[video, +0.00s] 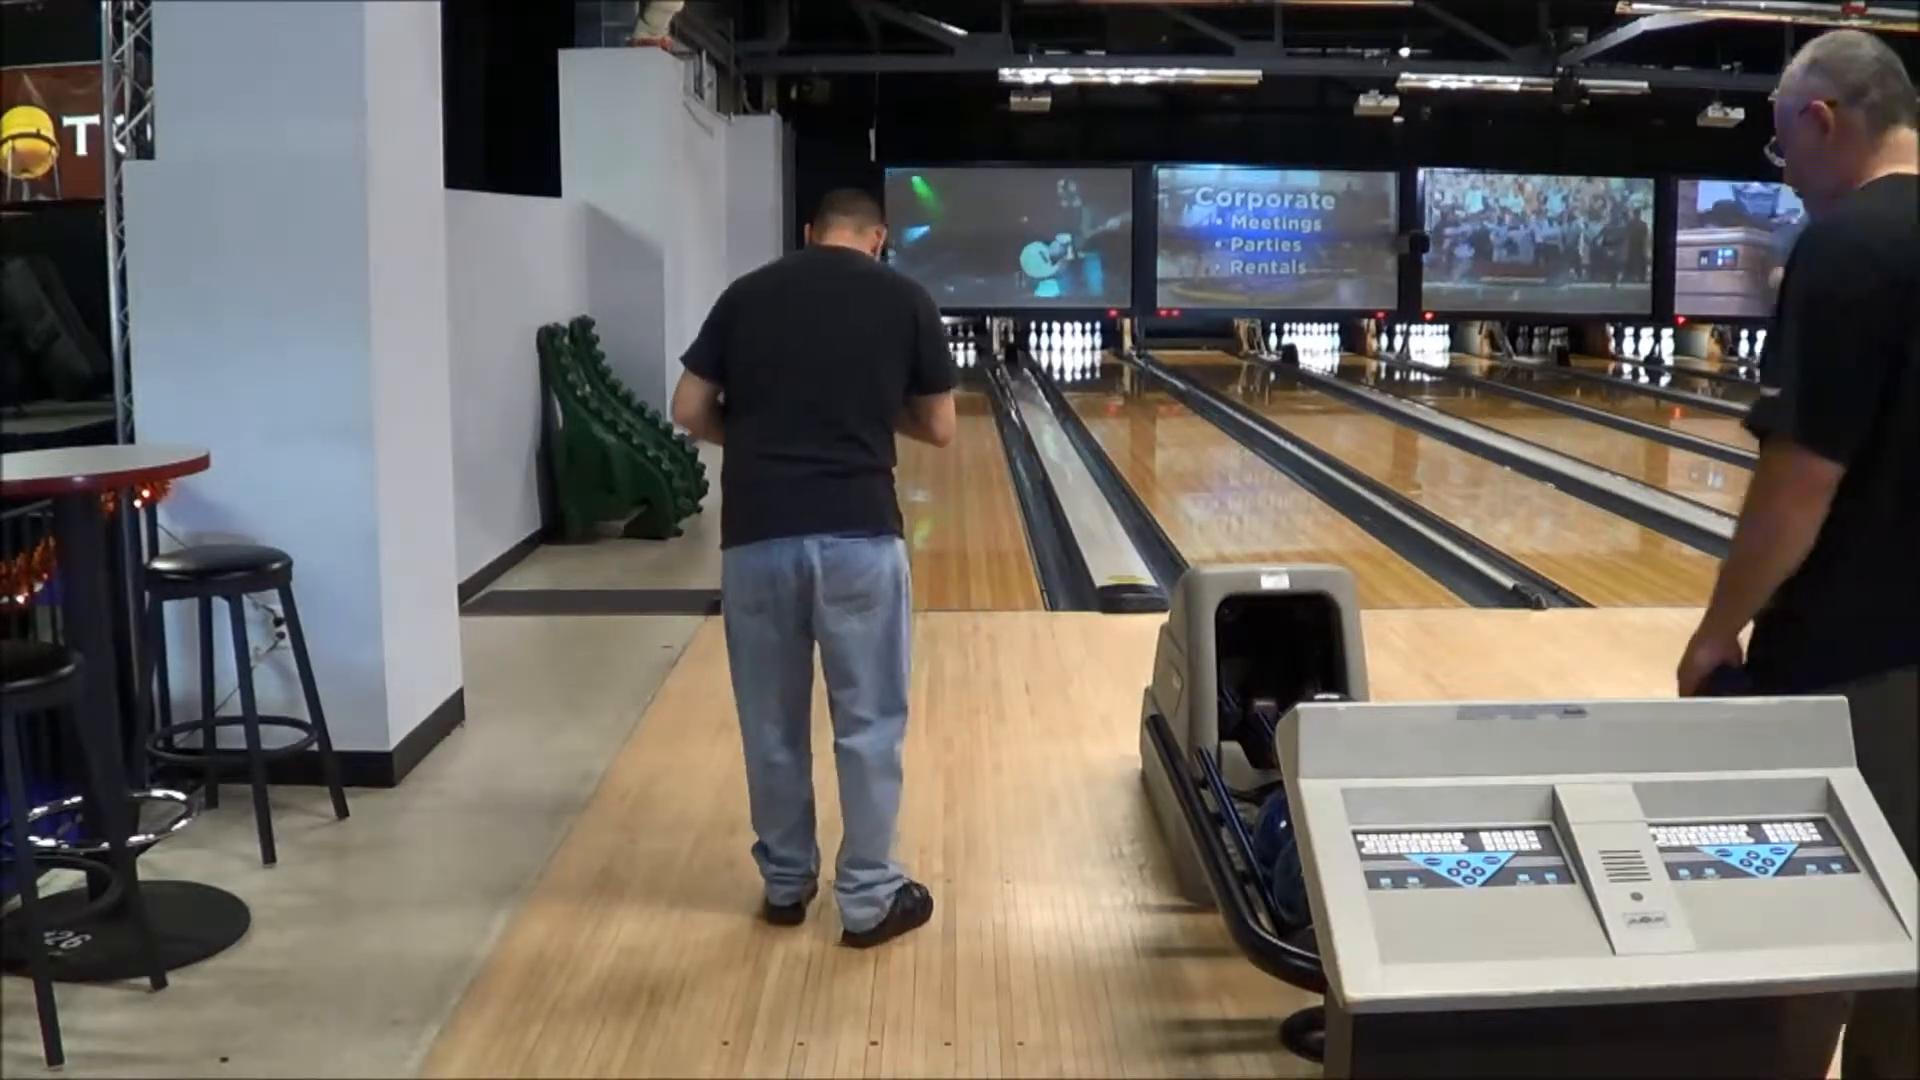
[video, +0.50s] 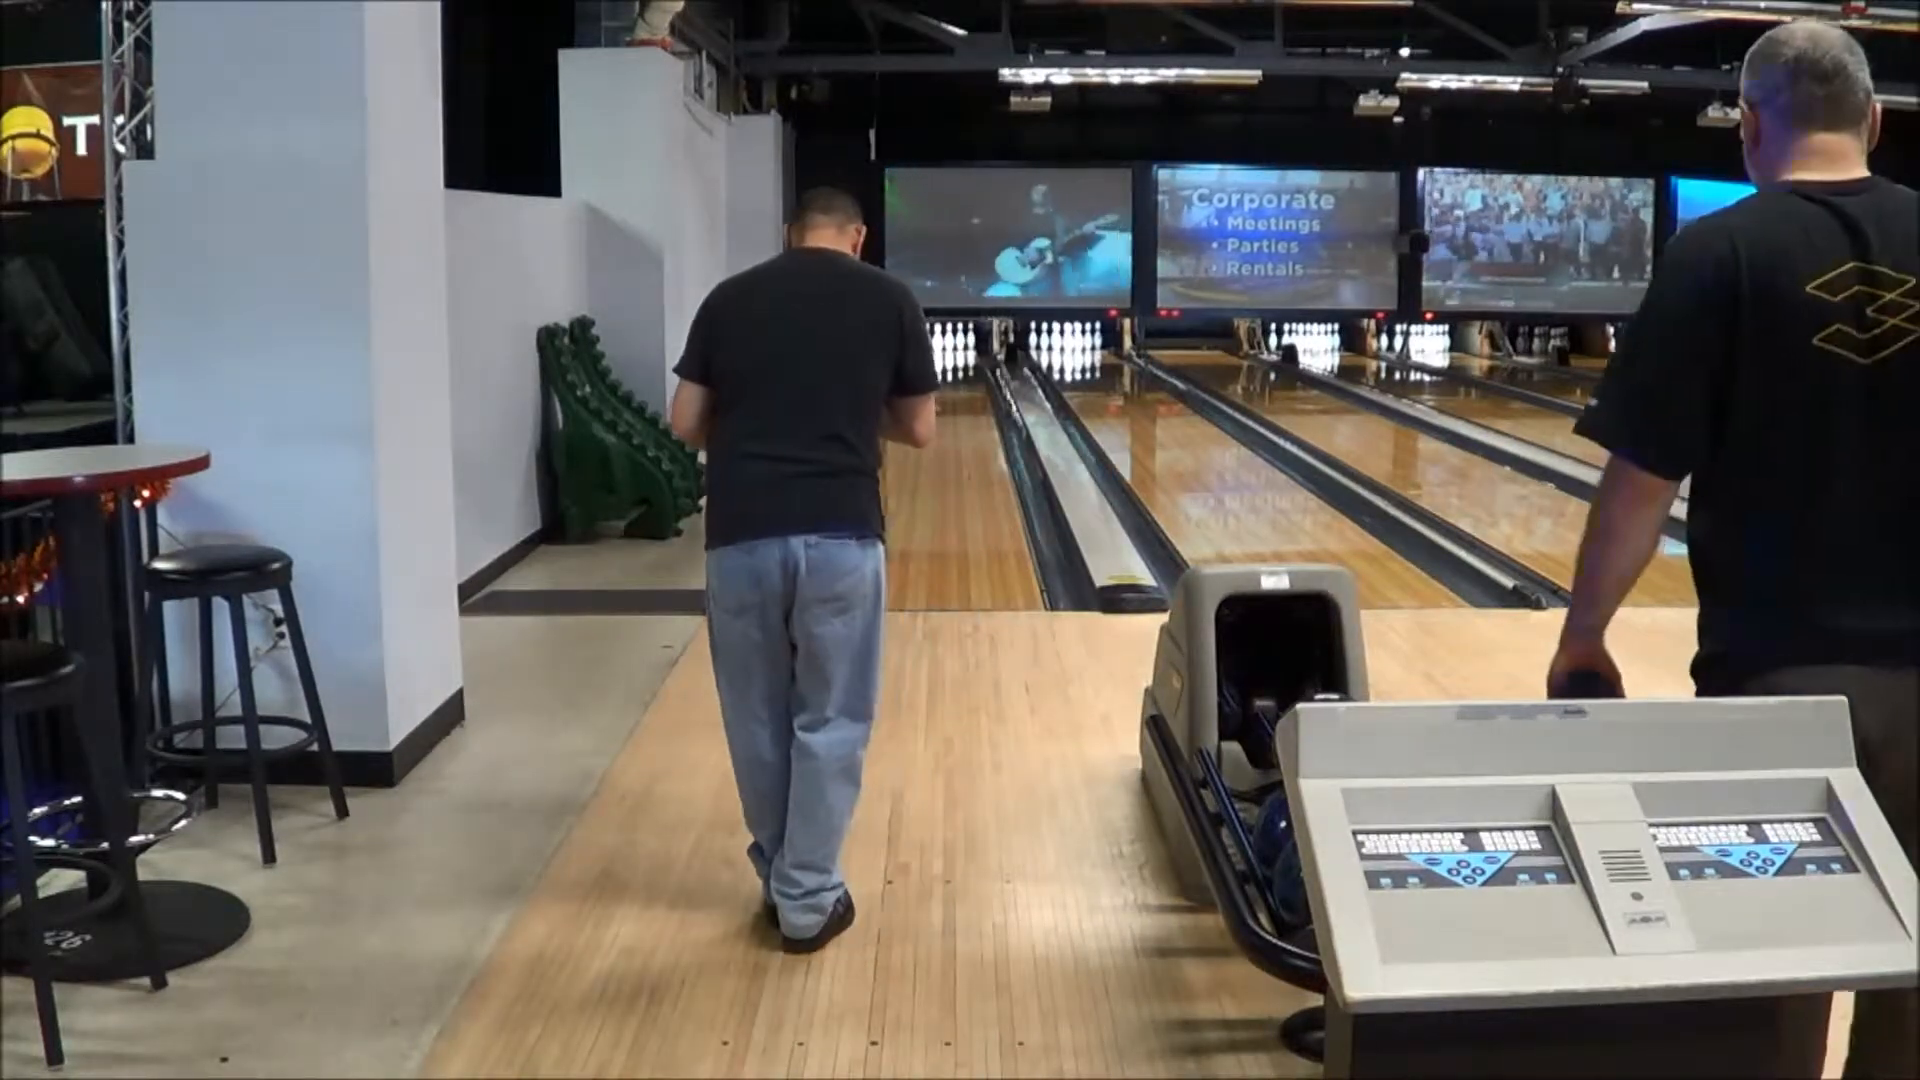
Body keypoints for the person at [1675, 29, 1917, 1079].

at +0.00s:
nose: (1777, 155)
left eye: (1782, 130)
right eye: (1776, 133)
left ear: (1824, 120)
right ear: (1891, 114)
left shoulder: (1853, 241)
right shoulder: (1907, 220)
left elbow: (1803, 469)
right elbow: (1815, 463)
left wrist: (1720, 623)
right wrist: (1745, 620)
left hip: (1852, 654)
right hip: (1913, 642)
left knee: (1816, 925)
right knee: (1899, 926)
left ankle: (1789, 1065)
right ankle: (1881, 1064)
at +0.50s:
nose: (1738, 133)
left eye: (1740, 119)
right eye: (1737, 121)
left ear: (1754, 124)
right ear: (1873, 122)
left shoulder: (1717, 252)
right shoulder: (1916, 229)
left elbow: (1643, 472)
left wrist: (1583, 635)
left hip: (1772, 667)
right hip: (1913, 662)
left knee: (1778, 955)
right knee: (1907, 954)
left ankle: (1786, 1074)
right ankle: (1873, 1072)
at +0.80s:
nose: (1760, 121)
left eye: (1762, 107)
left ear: (1770, 117)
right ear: (1895, 120)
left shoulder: (1728, 258)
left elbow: (1654, 477)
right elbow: (1656, 474)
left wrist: (1612, 619)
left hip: (1778, 663)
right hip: (1914, 663)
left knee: (1778, 961)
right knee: (1916, 955)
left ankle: (1783, 1074)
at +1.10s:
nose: (1825, 115)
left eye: (1827, 102)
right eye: (1840, 99)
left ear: (1841, 115)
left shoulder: (1804, 255)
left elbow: (1738, 481)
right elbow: (1739, 482)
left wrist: (1695, 635)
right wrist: (1701, 634)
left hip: (1837, 670)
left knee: (1799, 965)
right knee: (1919, 965)